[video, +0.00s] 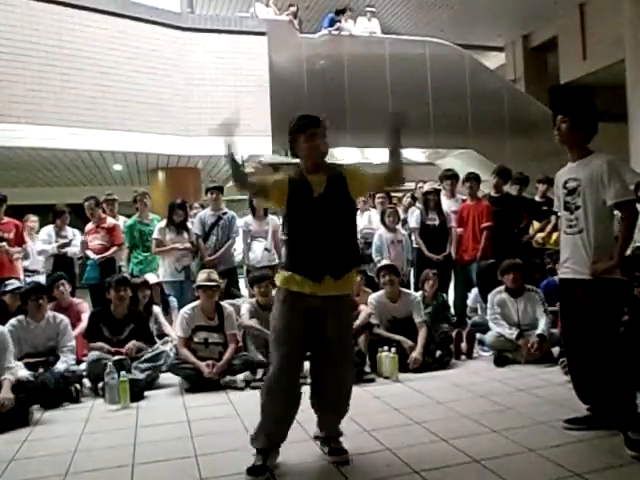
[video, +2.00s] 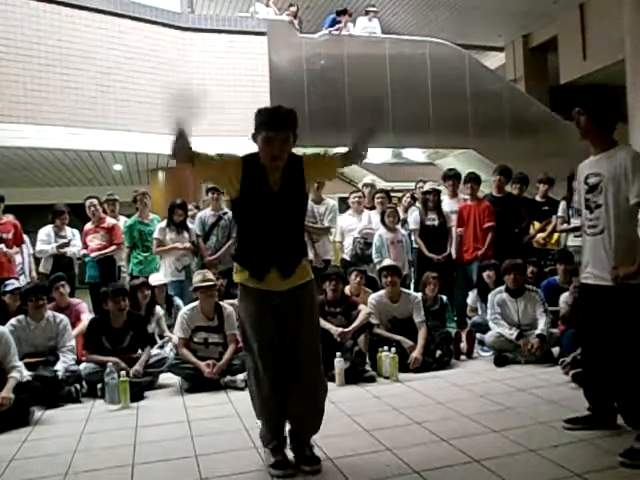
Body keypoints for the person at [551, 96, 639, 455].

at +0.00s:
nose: (557, 130)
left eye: (563, 124)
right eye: (557, 125)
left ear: (582, 129)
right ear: (562, 132)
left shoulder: (604, 165)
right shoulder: (562, 175)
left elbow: (628, 213)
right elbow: (563, 221)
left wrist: (616, 259)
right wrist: (561, 257)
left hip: (601, 276)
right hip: (571, 276)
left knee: (606, 345)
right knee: (577, 345)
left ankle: (620, 411)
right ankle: (597, 408)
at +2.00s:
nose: (576, 122)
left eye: (581, 116)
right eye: (577, 117)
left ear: (600, 120)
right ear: (591, 123)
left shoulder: (628, 159)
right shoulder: (583, 168)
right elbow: (586, 225)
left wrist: (637, 264)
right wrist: (580, 270)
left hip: (624, 281)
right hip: (592, 280)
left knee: (627, 355)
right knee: (592, 350)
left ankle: (639, 430)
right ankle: (602, 412)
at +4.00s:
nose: (616, 119)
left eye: (622, 111)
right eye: (614, 112)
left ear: (638, 115)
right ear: (617, 118)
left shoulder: (632, 162)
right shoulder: (614, 160)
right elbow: (612, 220)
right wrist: (609, 271)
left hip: (636, 282)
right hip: (619, 279)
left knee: (635, 360)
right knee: (617, 354)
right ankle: (612, 419)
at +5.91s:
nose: (624, 119)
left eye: (629, 111)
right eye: (623, 112)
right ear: (625, 118)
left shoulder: (629, 163)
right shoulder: (622, 161)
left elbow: (616, 220)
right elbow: (615, 219)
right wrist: (611, 264)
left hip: (635, 280)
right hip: (624, 277)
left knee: (633, 357)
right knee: (619, 352)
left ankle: (639, 441)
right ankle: (612, 418)